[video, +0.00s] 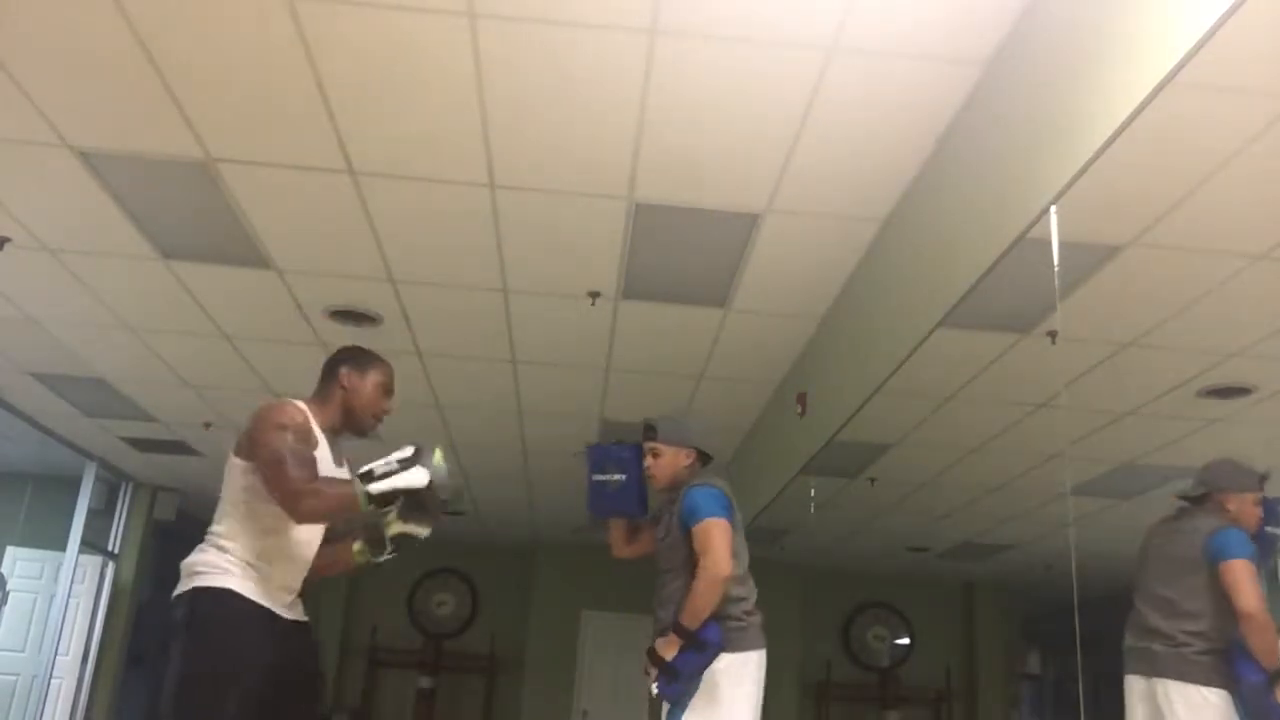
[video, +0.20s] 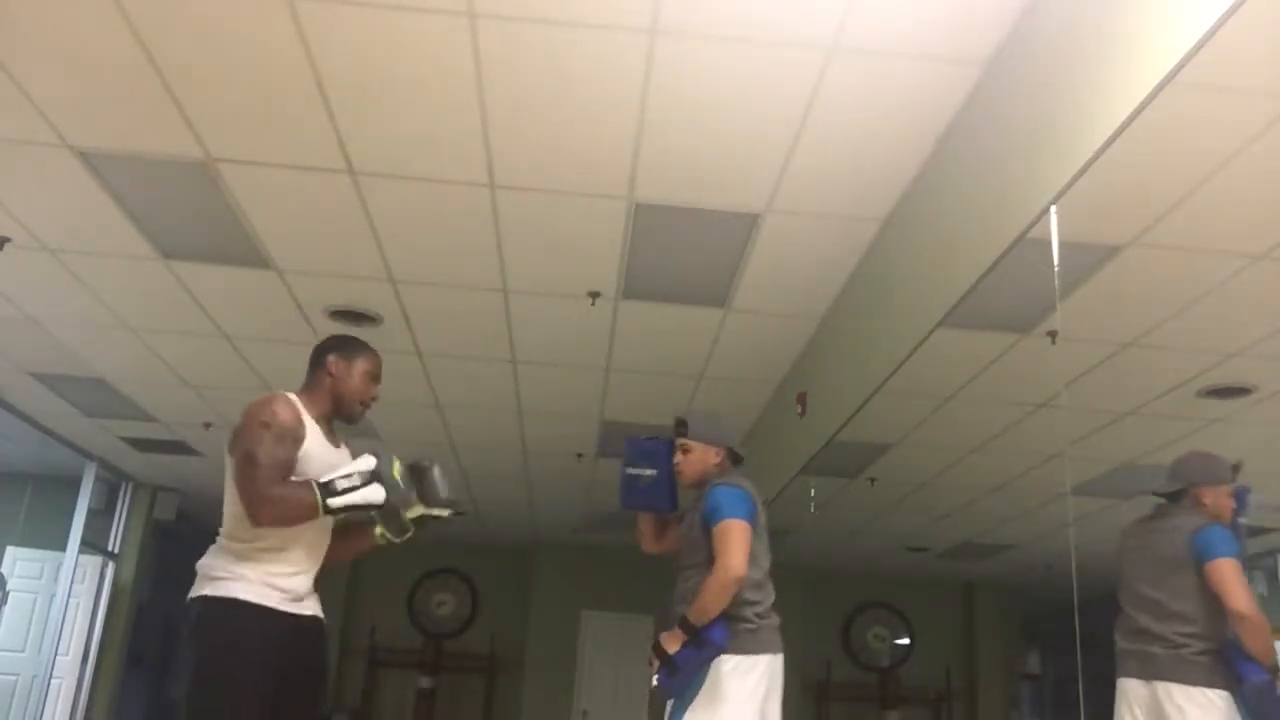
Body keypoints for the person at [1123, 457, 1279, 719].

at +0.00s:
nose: (1261, 514)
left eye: (1261, 504)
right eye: (1255, 503)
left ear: (1207, 500)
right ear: (1227, 501)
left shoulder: (1161, 529)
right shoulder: (1227, 535)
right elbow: (1250, 612)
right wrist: (1276, 669)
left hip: (1138, 671)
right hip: (1192, 676)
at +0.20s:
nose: (1233, 504)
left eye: (1232, 494)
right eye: (1228, 495)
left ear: (1179, 495)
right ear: (1201, 494)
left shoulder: (1135, 531)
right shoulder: (1208, 532)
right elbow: (1242, 610)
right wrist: (1271, 664)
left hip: (1131, 680)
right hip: (1190, 684)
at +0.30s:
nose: (1214, 505)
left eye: (1214, 496)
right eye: (1209, 496)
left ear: (1164, 497)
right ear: (1183, 496)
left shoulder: (1118, 536)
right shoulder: (1191, 534)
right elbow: (1227, 611)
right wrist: (1261, 666)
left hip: (1121, 686)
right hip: (1182, 687)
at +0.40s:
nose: (1200, 502)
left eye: (1199, 494)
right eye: (1195, 494)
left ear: (1147, 495)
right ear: (1171, 495)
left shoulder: (1104, 533)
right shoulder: (1178, 530)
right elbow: (1212, 603)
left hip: (1111, 686)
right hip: (1173, 687)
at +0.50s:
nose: (1194, 500)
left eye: (1194, 491)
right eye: (1189, 491)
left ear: (1140, 491)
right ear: (1164, 490)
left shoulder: (1101, 527)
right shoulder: (1169, 524)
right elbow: (1226, 581)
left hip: (1103, 682)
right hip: (1168, 682)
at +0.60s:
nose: (1191, 495)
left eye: (1192, 487)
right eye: (1188, 487)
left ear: (1136, 485)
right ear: (1165, 486)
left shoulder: (1098, 527)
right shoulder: (1170, 520)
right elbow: (1259, 554)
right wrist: (1252, 503)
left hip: (1104, 678)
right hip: (1171, 677)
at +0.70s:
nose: (1200, 494)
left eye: (1200, 484)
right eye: (1197, 484)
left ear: (1145, 484)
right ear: (1178, 484)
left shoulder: (1102, 526)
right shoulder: (1187, 519)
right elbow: (1272, 538)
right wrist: (1253, 487)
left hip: (1112, 682)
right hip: (1182, 682)